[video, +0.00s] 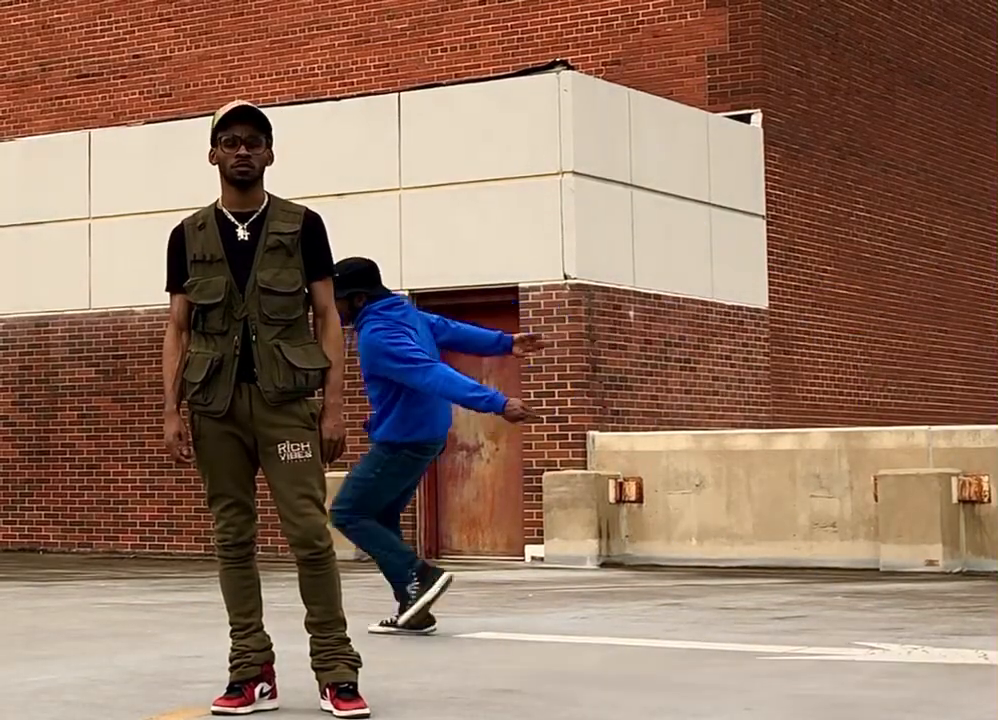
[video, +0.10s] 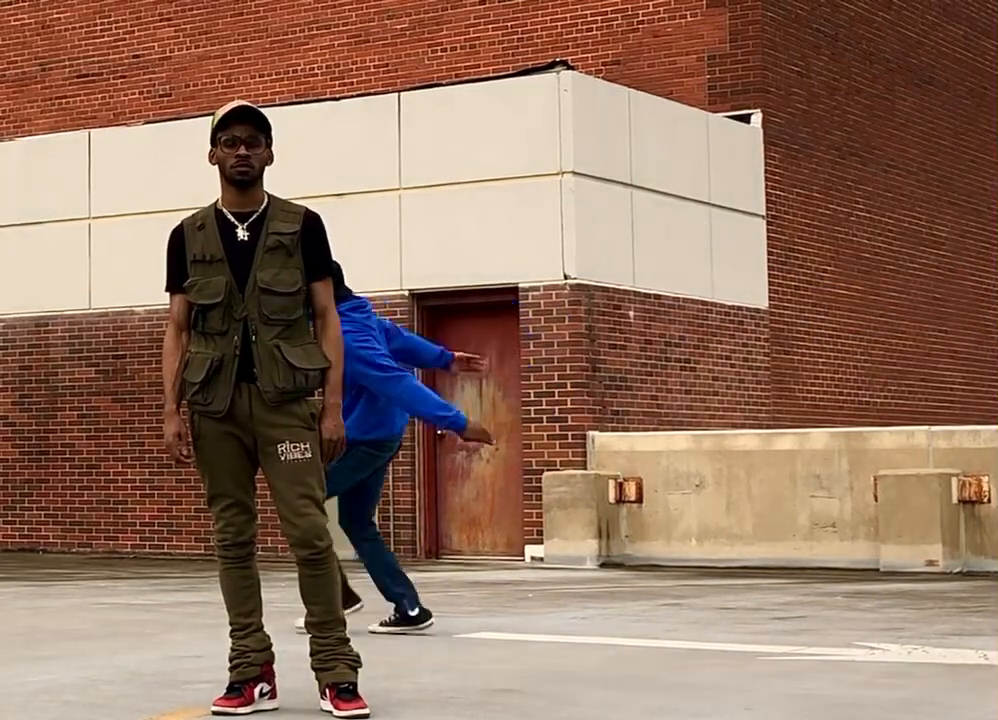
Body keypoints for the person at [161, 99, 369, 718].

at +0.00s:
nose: (241, 151)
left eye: (252, 143)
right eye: (231, 143)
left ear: (269, 153)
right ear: (213, 154)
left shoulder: (302, 225)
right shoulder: (187, 235)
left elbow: (328, 318)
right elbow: (177, 327)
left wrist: (334, 403)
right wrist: (172, 407)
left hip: (288, 404)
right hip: (213, 408)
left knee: (310, 538)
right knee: (233, 541)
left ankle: (337, 671)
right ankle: (250, 668)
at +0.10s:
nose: (241, 151)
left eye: (252, 143)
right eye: (231, 143)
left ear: (269, 154)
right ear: (213, 154)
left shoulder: (302, 225)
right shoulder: (187, 235)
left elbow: (327, 320)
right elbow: (177, 328)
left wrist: (333, 406)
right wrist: (172, 407)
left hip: (288, 405)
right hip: (213, 409)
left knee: (310, 538)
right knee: (233, 541)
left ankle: (336, 672)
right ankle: (250, 668)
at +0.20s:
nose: (241, 152)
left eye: (252, 143)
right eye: (230, 143)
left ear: (269, 154)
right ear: (212, 154)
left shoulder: (301, 225)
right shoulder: (187, 235)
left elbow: (327, 318)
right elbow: (177, 327)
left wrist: (332, 403)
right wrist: (171, 407)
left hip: (289, 402)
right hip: (213, 407)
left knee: (311, 538)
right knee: (232, 542)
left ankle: (336, 672)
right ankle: (249, 668)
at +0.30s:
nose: (241, 152)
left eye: (251, 143)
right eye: (230, 143)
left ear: (269, 154)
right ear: (213, 154)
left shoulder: (301, 224)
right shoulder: (187, 235)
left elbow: (328, 317)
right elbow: (177, 327)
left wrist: (333, 403)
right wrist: (172, 407)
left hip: (287, 403)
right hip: (213, 406)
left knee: (310, 537)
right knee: (232, 539)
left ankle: (336, 671)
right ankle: (250, 667)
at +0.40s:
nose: (240, 153)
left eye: (251, 144)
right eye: (230, 144)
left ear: (268, 155)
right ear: (212, 155)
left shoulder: (300, 225)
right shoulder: (187, 236)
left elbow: (327, 319)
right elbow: (176, 331)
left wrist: (332, 404)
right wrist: (170, 413)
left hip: (287, 404)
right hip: (212, 408)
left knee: (309, 538)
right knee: (232, 541)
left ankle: (336, 672)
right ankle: (250, 668)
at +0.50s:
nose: (241, 153)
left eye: (251, 144)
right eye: (230, 144)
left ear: (268, 154)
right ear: (212, 155)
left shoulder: (301, 224)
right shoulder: (187, 235)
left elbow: (327, 317)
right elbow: (177, 329)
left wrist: (333, 403)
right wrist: (171, 409)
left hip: (287, 403)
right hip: (212, 407)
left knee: (309, 538)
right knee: (232, 540)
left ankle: (336, 671)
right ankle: (250, 667)